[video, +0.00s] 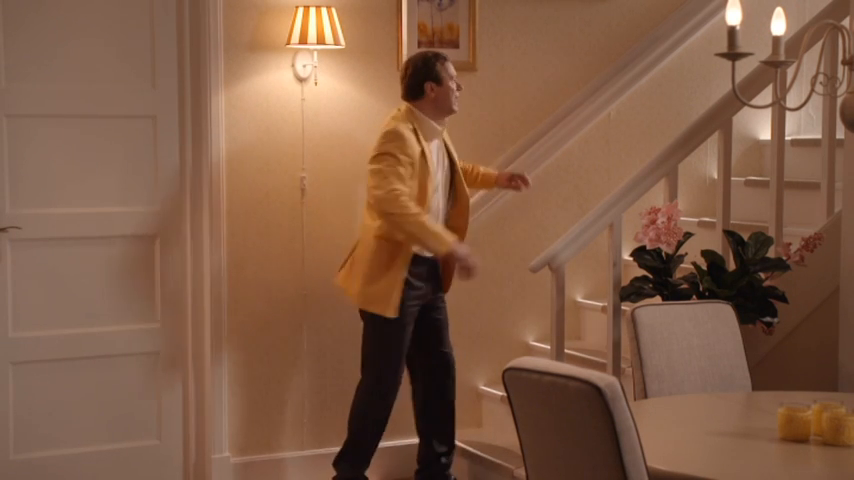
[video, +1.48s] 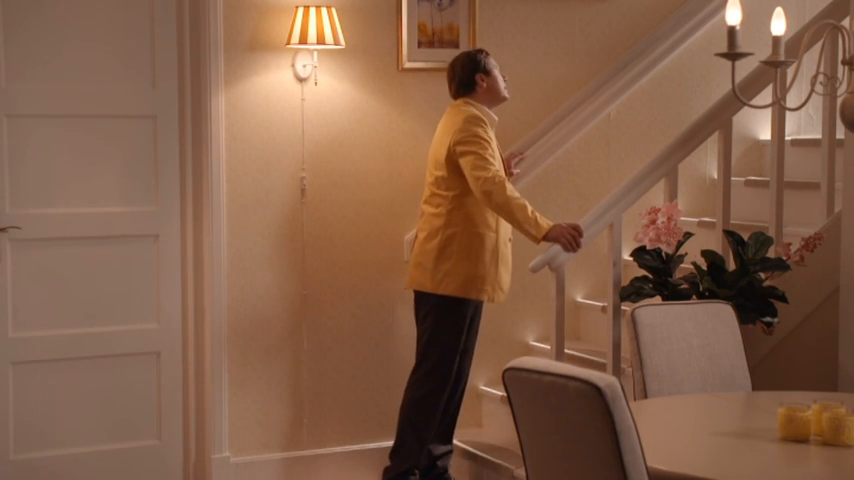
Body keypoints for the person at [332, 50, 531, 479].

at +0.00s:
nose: (460, 91)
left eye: (458, 84)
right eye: (454, 84)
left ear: (431, 89)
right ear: (430, 88)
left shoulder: (435, 133)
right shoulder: (398, 133)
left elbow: (455, 174)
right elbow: (389, 202)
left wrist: (498, 179)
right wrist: (448, 245)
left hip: (427, 274)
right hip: (392, 276)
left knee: (437, 374)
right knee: (381, 381)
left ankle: (435, 471)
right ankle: (349, 472)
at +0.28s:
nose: (474, 84)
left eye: (472, 78)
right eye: (469, 78)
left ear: (446, 85)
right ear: (449, 85)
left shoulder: (443, 125)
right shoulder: (429, 131)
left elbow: (467, 164)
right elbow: (472, 194)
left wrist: (501, 164)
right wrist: (544, 223)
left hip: (441, 277)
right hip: (416, 278)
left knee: (435, 383)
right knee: (402, 381)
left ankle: (431, 471)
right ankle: (354, 471)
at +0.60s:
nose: (491, 82)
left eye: (488, 74)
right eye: (485, 75)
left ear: (461, 82)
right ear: (466, 81)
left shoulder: (456, 121)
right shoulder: (450, 125)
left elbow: (459, 194)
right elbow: (485, 193)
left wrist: (496, 177)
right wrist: (545, 228)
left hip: (458, 272)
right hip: (442, 273)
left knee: (451, 379)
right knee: (438, 380)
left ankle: (433, 470)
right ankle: (388, 472)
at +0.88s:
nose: (500, 79)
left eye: (497, 72)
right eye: (494, 72)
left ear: (470, 82)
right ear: (474, 81)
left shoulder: (462, 121)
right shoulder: (461, 123)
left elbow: (462, 195)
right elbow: (488, 191)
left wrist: (497, 178)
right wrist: (544, 229)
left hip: (462, 272)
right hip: (448, 272)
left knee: (452, 378)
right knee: (439, 378)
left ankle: (434, 470)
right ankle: (405, 472)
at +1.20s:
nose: (505, 80)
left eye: (501, 73)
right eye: (498, 73)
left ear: (474, 82)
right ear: (480, 81)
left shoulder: (465, 120)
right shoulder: (466, 123)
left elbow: (461, 194)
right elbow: (489, 190)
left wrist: (498, 178)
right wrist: (545, 229)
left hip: (462, 271)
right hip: (448, 271)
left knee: (451, 376)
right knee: (435, 375)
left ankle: (433, 469)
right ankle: (405, 471)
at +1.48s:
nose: (504, 80)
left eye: (500, 72)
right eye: (497, 72)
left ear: (473, 82)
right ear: (481, 80)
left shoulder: (464, 119)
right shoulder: (468, 121)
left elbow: (461, 192)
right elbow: (491, 188)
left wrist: (500, 176)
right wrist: (545, 228)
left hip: (462, 271)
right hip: (449, 271)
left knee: (451, 376)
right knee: (436, 374)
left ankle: (433, 469)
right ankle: (405, 471)